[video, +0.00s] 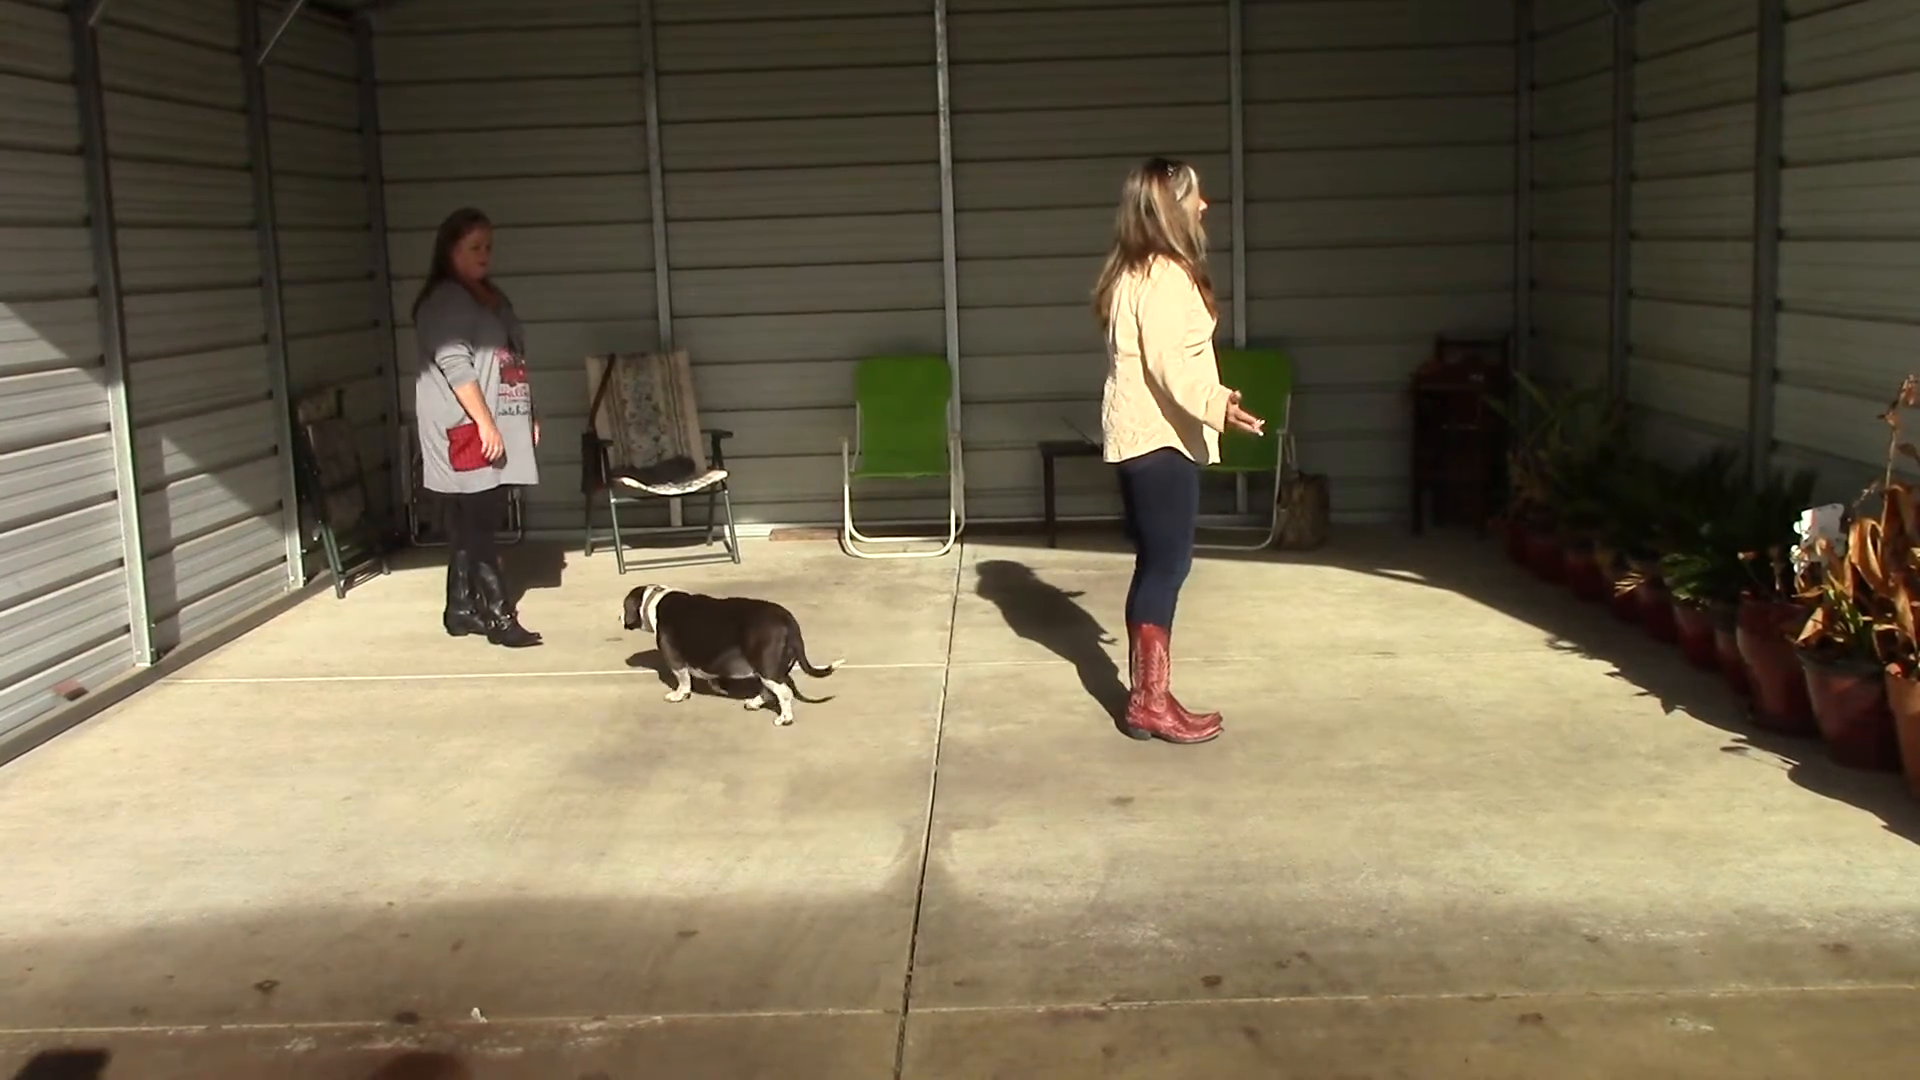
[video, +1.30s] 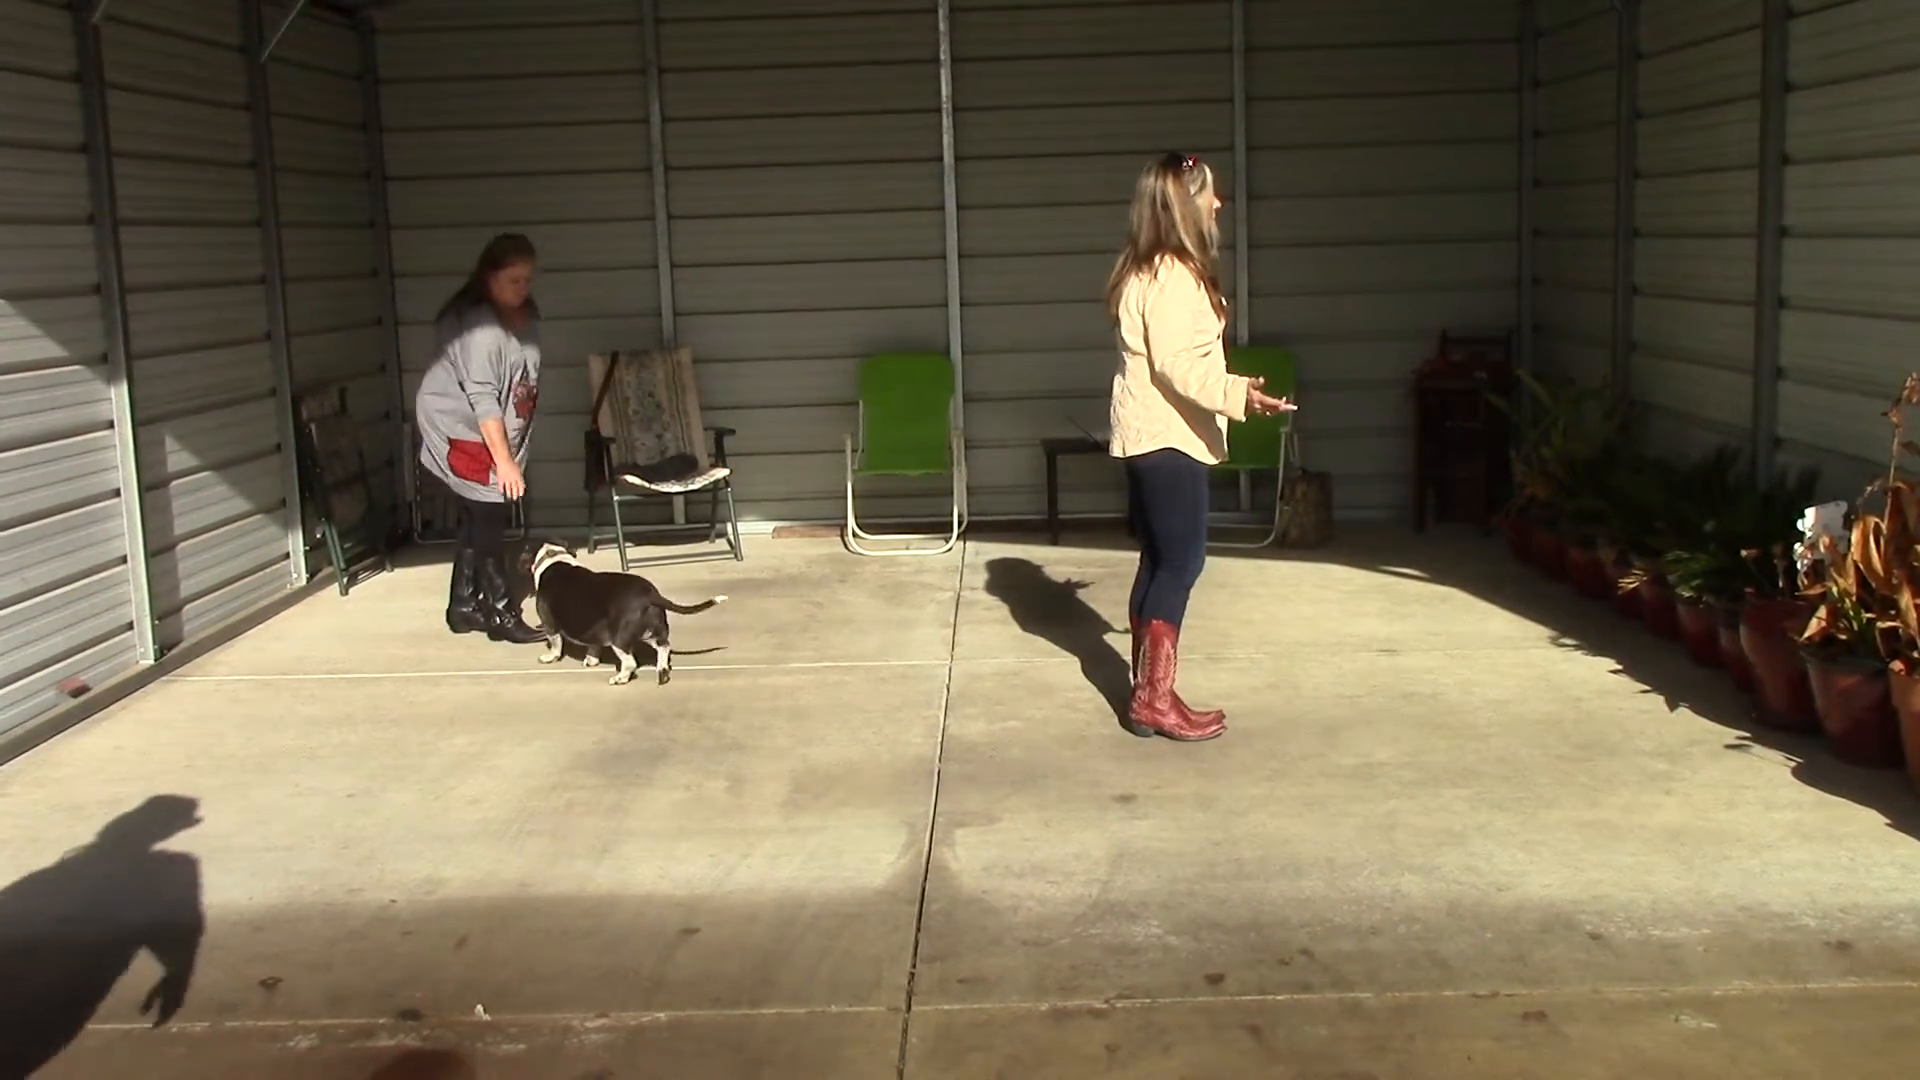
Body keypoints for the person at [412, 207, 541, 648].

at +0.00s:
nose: (485, 255)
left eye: (488, 247)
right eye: (475, 248)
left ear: (491, 250)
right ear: (450, 251)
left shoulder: (494, 298)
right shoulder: (442, 303)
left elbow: (511, 358)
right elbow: (455, 369)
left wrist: (527, 412)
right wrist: (485, 422)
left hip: (485, 421)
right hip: (459, 424)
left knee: (469, 513)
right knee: (482, 514)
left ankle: (460, 606)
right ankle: (497, 614)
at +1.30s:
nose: (522, 289)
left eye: (527, 280)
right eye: (514, 280)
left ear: (531, 279)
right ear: (489, 278)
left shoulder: (518, 317)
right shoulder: (479, 327)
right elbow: (483, 401)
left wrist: (513, 444)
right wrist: (505, 461)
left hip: (484, 424)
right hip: (455, 427)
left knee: (481, 509)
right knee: (490, 509)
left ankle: (463, 603)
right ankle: (500, 610)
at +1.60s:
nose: (551, 333)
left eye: (557, 327)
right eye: (543, 324)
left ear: (564, 323)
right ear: (522, 313)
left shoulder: (536, 350)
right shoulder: (505, 354)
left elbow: (529, 421)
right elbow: (504, 430)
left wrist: (514, 475)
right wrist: (521, 499)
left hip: (473, 423)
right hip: (444, 424)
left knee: (483, 506)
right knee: (494, 507)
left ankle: (464, 603)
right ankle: (501, 610)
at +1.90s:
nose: (564, 357)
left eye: (571, 350)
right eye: (558, 348)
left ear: (578, 344)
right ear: (538, 336)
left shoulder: (532, 362)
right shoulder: (520, 375)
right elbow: (511, 449)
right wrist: (529, 516)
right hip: (444, 420)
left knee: (483, 505)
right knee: (494, 508)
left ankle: (465, 605)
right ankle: (502, 611)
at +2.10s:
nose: (568, 356)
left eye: (575, 349)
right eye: (562, 347)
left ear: (582, 343)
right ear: (541, 335)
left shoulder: (542, 364)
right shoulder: (520, 371)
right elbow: (513, 445)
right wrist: (532, 511)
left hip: (464, 416)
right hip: (445, 417)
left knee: (483, 504)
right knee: (495, 505)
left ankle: (464, 604)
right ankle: (501, 610)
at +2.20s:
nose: (569, 354)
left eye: (576, 347)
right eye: (563, 345)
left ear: (582, 342)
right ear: (542, 333)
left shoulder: (539, 361)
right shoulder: (519, 370)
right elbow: (512, 445)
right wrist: (530, 510)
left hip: (463, 416)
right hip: (445, 417)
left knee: (482, 506)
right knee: (494, 507)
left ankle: (464, 605)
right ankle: (501, 611)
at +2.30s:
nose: (568, 354)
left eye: (575, 347)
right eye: (563, 345)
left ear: (582, 342)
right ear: (542, 332)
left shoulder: (539, 361)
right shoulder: (520, 371)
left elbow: (535, 427)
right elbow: (514, 443)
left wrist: (517, 471)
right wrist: (532, 509)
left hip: (462, 417)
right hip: (444, 418)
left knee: (483, 506)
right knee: (494, 507)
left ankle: (464, 605)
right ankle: (500, 611)